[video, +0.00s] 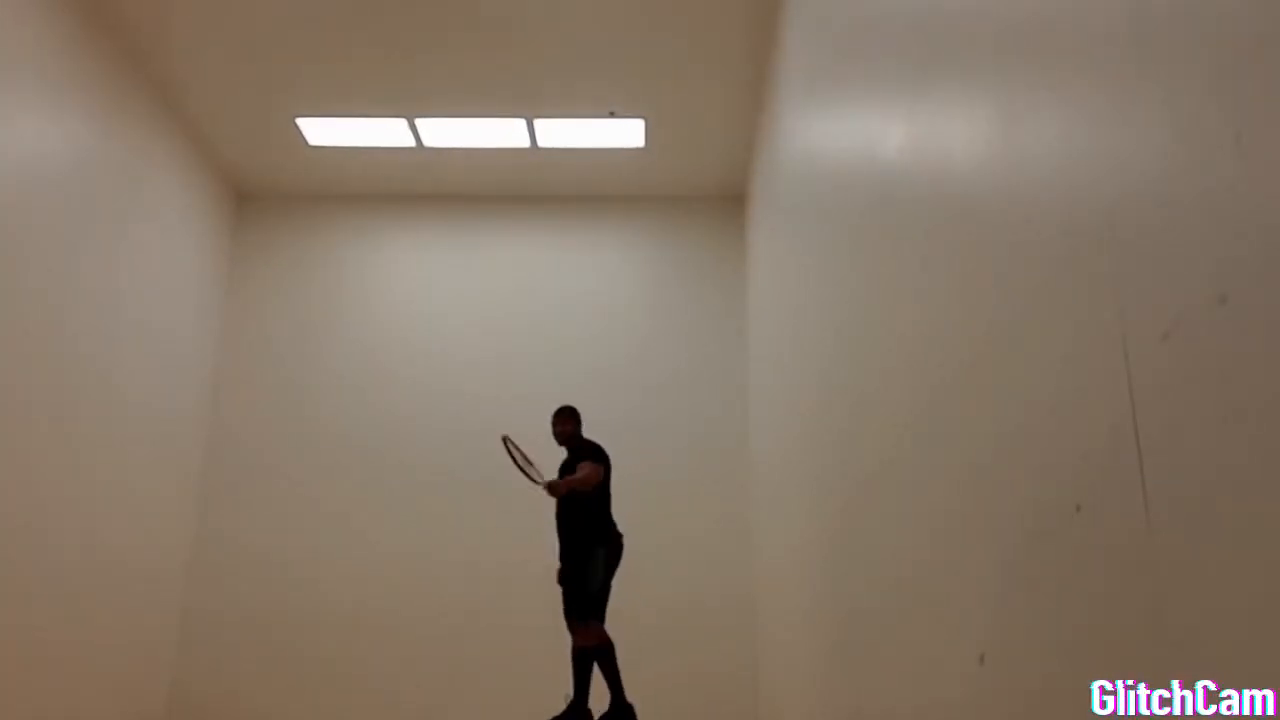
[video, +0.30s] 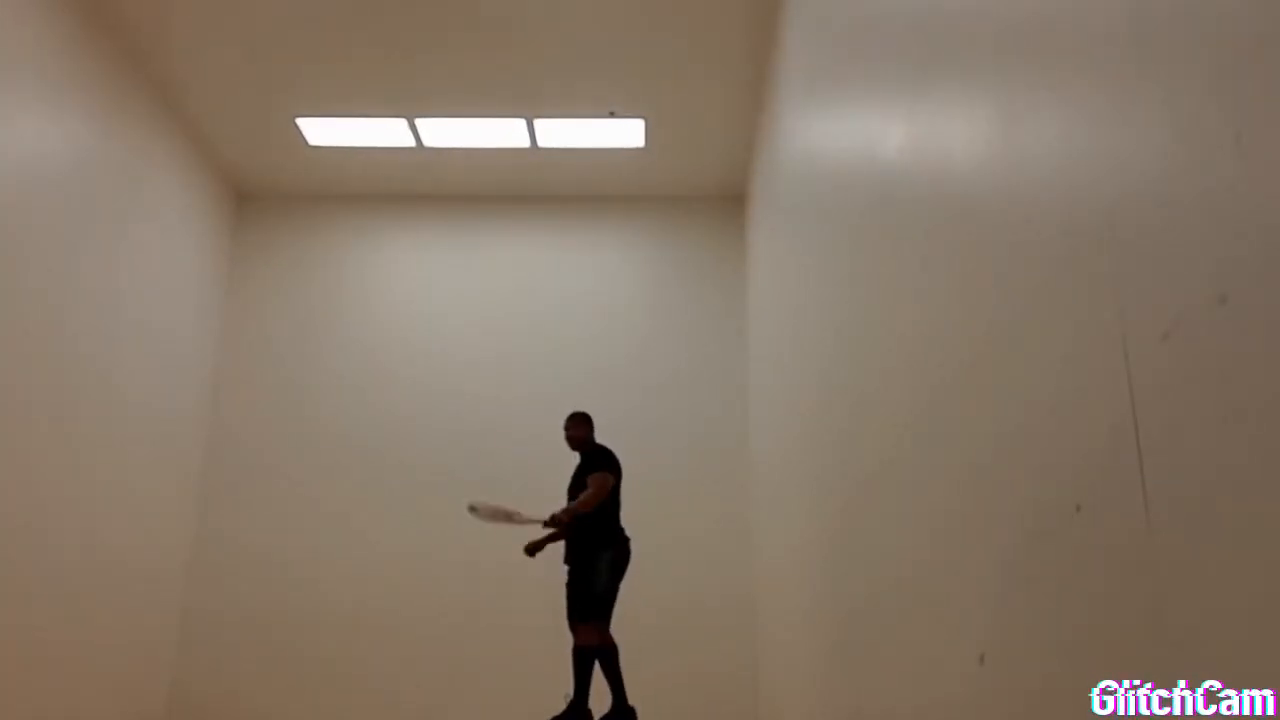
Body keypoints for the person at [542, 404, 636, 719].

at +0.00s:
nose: (561, 431)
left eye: (566, 425)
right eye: (556, 426)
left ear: (578, 425)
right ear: (553, 430)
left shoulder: (592, 453)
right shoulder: (565, 467)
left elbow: (590, 477)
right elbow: (569, 521)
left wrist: (564, 485)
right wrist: (565, 563)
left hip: (600, 546)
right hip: (577, 550)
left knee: (591, 624)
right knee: (578, 625)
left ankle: (620, 702)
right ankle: (579, 704)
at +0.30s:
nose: (569, 435)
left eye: (575, 430)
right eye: (567, 431)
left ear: (589, 431)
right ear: (567, 434)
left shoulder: (601, 458)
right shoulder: (582, 469)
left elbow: (599, 493)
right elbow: (579, 522)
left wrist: (568, 511)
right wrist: (543, 541)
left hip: (602, 553)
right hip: (588, 555)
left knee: (587, 627)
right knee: (593, 628)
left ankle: (579, 705)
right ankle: (621, 705)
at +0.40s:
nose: (573, 437)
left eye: (578, 431)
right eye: (571, 432)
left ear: (593, 432)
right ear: (573, 436)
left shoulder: (605, 462)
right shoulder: (588, 467)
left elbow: (599, 508)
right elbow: (578, 518)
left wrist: (575, 536)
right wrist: (543, 533)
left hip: (606, 554)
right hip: (590, 554)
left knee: (593, 627)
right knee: (588, 628)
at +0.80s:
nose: (585, 451)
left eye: (587, 445)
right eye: (585, 446)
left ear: (597, 442)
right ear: (602, 441)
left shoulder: (615, 466)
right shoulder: (599, 471)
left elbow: (616, 510)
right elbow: (576, 496)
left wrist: (609, 550)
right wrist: (544, 487)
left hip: (611, 558)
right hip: (588, 557)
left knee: (604, 629)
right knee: (579, 628)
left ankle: (622, 705)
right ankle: (577, 704)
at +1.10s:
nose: (582, 458)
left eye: (582, 453)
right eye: (582, 454)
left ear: (587, 447)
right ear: (601, 443)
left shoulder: (609, 460)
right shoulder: (601, 466)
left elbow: (608, 501)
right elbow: (576, 474)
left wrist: (591, 540)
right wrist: (550, 472)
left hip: (609, 552)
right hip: (614, 552)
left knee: (582, 624)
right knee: (606, 627)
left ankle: (577, 704)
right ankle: (622, 705)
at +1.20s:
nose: (576, 459)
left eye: (577, 454)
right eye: (576, 456)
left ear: (584, 448)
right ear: (596, 444)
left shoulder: (605, 459)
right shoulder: (599, 466)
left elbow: (605, 500)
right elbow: (576, 476)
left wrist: (585, 538)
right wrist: (550, 474)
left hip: (607, 551)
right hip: (613, 551)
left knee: (584, 626)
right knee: (606, 627)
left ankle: (578, 704)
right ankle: (623, 705)